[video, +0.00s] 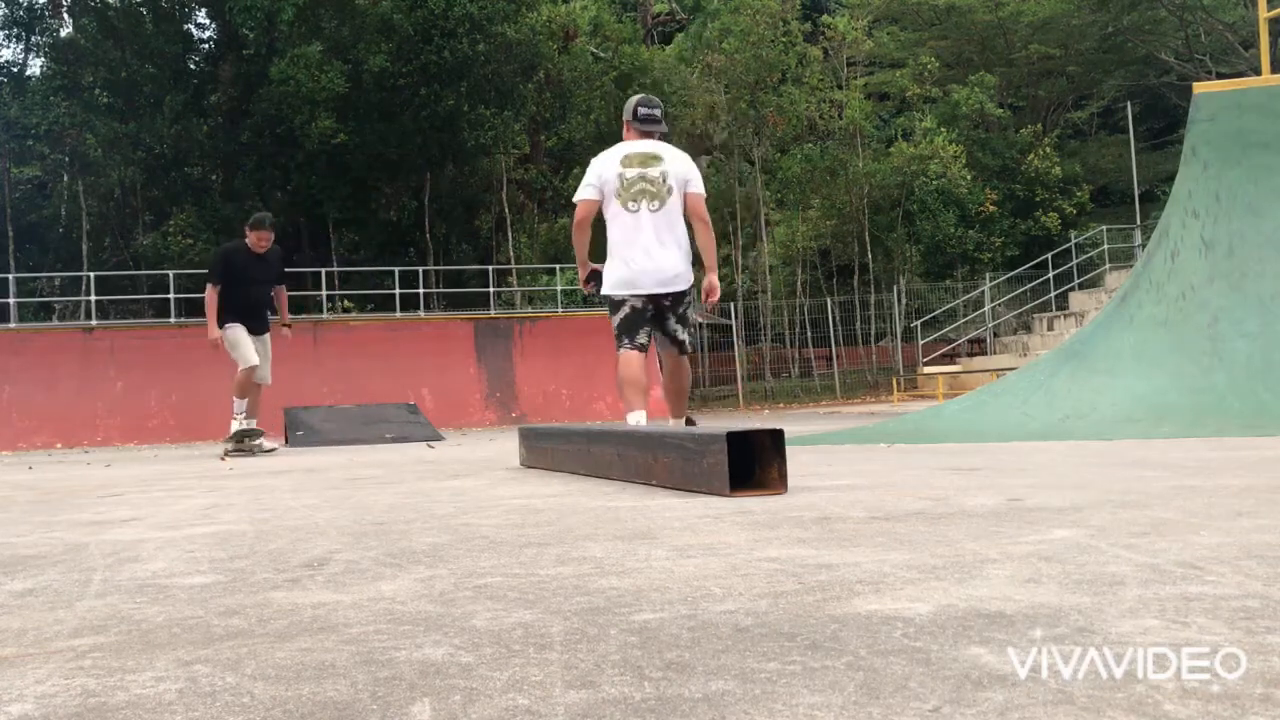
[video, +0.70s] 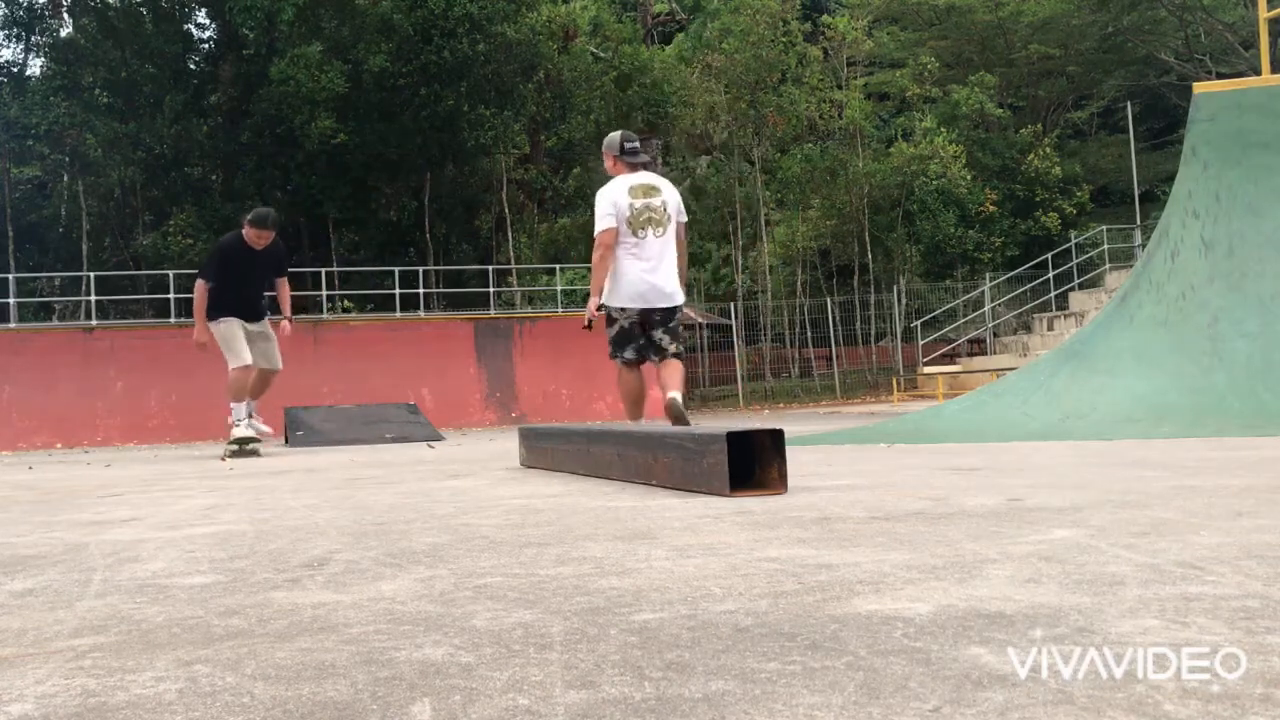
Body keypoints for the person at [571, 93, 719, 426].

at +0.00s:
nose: (629, 132)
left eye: (627, 126)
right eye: (647, 130)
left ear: (626, 127)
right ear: (661, 129)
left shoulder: (605, 161)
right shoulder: (681, 159)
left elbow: (581, 218)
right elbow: (700, 216)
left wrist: (583, 264)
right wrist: (711, 271)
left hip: (625, 274)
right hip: (673, 273)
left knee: (631, 348)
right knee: (676, 350)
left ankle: (637, 430)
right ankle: (678, 430)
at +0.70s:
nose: (604, 164)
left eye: (605, 159)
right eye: (604, 159)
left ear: (613, 160)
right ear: (637, 157)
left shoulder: (609, 192)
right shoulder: (668, 188)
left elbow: (605, 245)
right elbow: (680, 244)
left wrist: (594, 295)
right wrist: (678, 287)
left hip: (625, 292)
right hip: (667, 289)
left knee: (628, 361)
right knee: (670, 353)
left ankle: (636, 431)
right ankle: (674, 396)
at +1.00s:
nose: (597, 170)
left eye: (598, 164)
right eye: (596, 164)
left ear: (611, 164)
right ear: (625, 163)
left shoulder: (613, 194)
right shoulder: (654, 195)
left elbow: (606, 242)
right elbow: (659, 248)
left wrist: (582, 283)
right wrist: (664, 296)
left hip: (629, 293)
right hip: (656, 292)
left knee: (627, 358)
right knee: (646, 352)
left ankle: (635, 425)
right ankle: (667, 411)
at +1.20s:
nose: (598, 188)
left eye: (600, 182)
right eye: (597, 183)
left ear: (617, 179)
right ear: (618, 180)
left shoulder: (632, 205)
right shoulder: (632, 203)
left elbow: (633, 254)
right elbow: (634, 256)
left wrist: (605, 288)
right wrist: (610, 290)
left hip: (642, 297)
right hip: (642, 297)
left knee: (637, 360)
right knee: (646, 361)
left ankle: (640, 426)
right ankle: (658, 424)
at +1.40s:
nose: (602, 188)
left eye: (606, 181)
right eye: (599, 183)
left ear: (624, 178)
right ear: (600, 184)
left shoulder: (647, 206)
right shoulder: (616, 215)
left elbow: (660, 248)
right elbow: (618, 261)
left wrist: (659, 291)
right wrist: (607, 299)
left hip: (657, 298)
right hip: (633, 302)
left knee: (657, 359)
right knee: (641, 362)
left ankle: (674, 419)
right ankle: (658, 420)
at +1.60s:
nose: (618, 184)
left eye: (623, 178)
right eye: (614, 180)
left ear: (639, 177)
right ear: (612, 184)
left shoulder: (665, 207)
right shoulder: (617, 217)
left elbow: (684, 248)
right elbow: (612, 262)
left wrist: (695, 287)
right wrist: (596, 302)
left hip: (670, 303)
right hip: (636, 306)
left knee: (684, 362)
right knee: (648, 365)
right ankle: (660, 423)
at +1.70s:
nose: (630, 184)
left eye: (635, 178)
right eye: (625, 179)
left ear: (650, 178)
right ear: (622, 183)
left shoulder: (675, 209)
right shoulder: (619, 217)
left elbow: (692, 250)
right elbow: (614, 261)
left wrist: (703, 289)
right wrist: (602, 301)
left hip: (677, 303)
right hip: (640, 305)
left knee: (691, 361)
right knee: (650, 364)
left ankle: (705, 408)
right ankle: (660, 423)